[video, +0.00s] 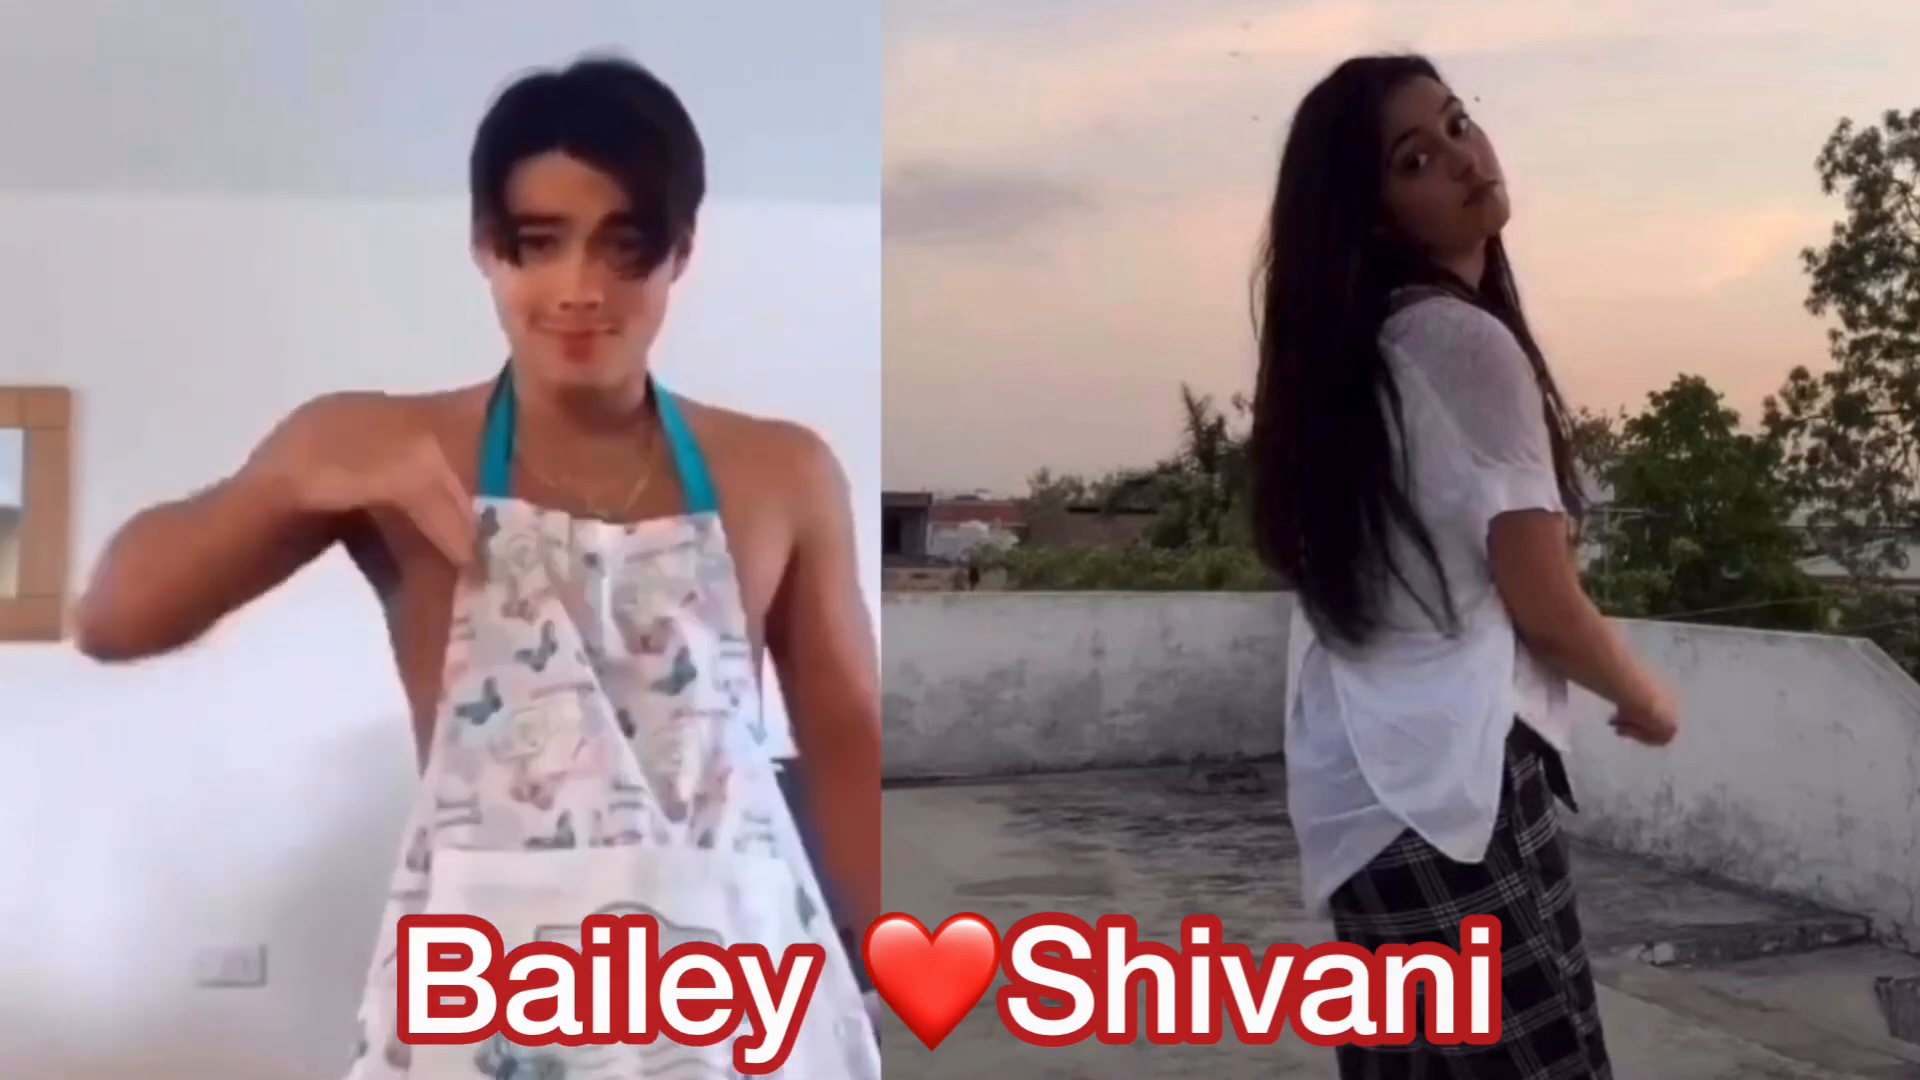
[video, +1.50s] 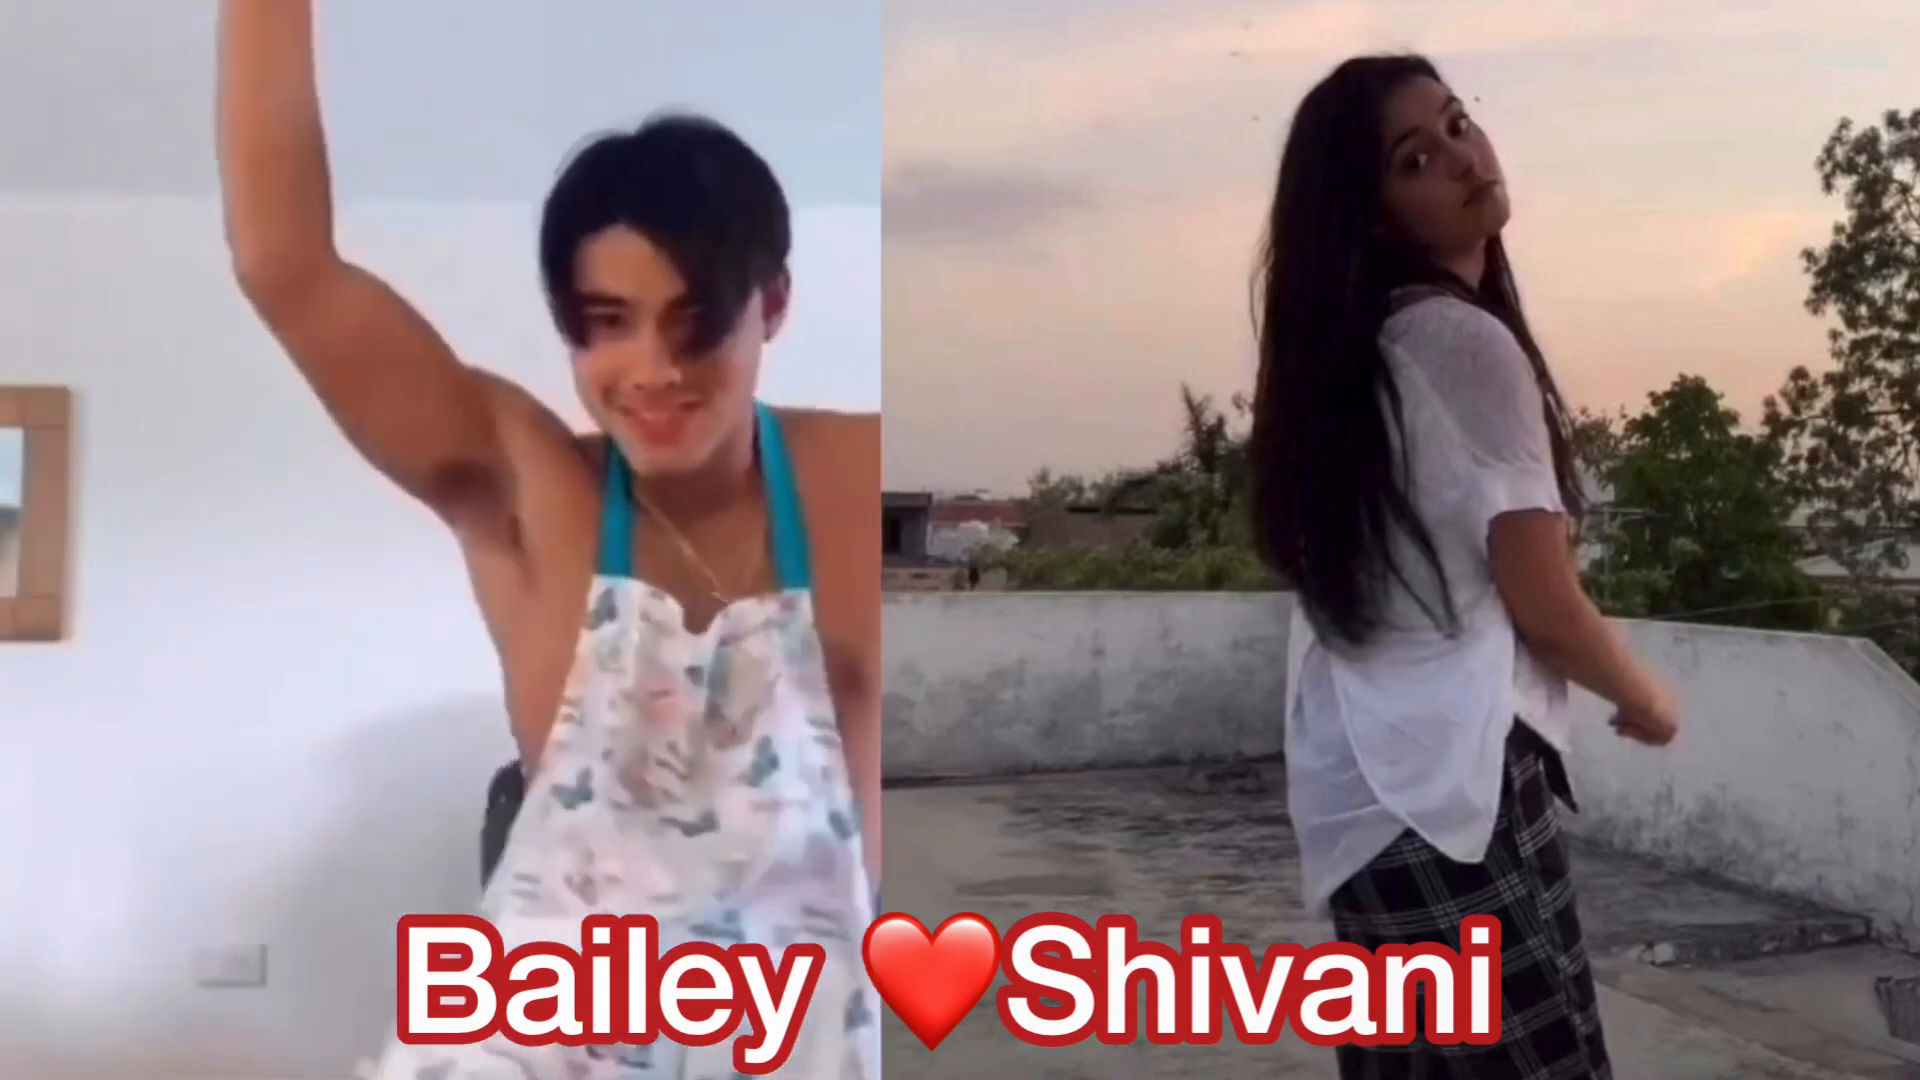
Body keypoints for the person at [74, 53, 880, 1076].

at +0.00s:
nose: (578, 291)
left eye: (624, 246)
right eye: (533, 245)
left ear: (682, 258)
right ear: (486, 255)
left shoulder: (784, 474)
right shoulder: (384, 453)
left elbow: (845, 759)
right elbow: (110, 621)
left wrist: (861, 990)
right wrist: (295, 476)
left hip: (745, 983)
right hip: (488, 996)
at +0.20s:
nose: (563, 291)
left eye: (609, 247)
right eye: (523, 245)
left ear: (669, 260)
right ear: (473, 256)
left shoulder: (761, 507)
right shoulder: (362, 466)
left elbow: (780, 780)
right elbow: (219, 723)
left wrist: (830, 1022)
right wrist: (243, 470)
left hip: (690, 1001)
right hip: (432, 996)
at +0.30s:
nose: (550, 281)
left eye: (597, 237)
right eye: (506, 231)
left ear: (657, 243)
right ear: (458, 234)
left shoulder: (746, 483)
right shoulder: (347, 410)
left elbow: (775, 757)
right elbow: (75, 455)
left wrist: (808, 1009)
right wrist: (194, 191)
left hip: (667, 1001)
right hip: (403, 999)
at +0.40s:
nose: (529, 276)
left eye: (577, 234)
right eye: (487, 226)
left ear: (632, 237)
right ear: (435, 226)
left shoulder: (722, 475)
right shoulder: (326, 399)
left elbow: (760, 746)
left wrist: (798, 995)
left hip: (653, 1006)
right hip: (379, 1000)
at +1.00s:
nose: (476, 245)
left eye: (523, 197)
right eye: (430, 196)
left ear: (596, 198)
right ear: (387, 206)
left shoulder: (670, 470)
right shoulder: (313, 319)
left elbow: (750, 765)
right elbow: (146, 44)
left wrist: (820, 1046)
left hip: (561, 983)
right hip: (311, 967)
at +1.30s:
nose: (577, 298)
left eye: (625, 248)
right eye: (533, 250)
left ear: (699, 239)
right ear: (491, 254)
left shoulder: (813, 445)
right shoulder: (433, 389)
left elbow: (841, 750)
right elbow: (237, 141)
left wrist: (846, 1037)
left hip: (647, 1015)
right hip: (385, 990)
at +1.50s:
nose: (653, 371)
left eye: (695, 319)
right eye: (605, 322)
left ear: (773, 309)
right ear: (566, 325)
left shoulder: (855, 470)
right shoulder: (505, 474)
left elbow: (858, 778)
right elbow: (285, 264)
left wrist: (853, 979)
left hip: (806, 1008)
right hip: (564, 1007)